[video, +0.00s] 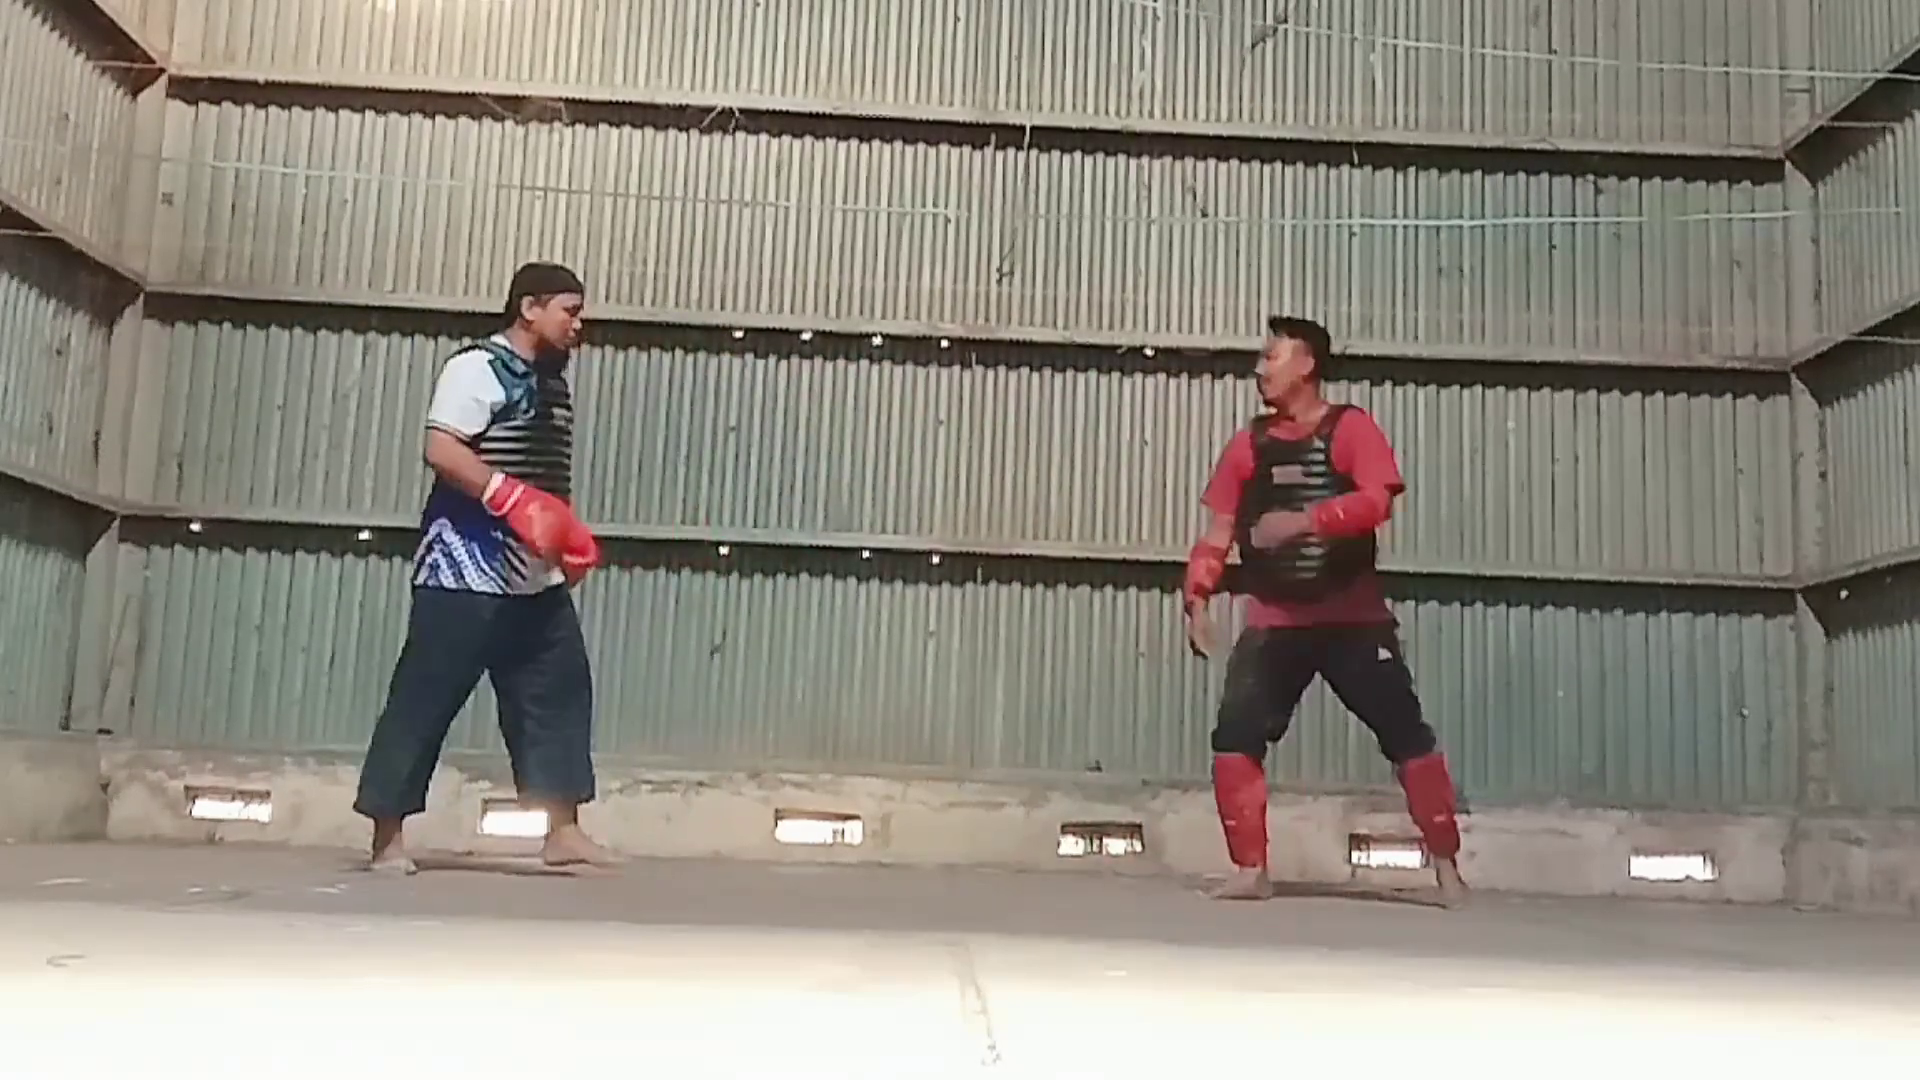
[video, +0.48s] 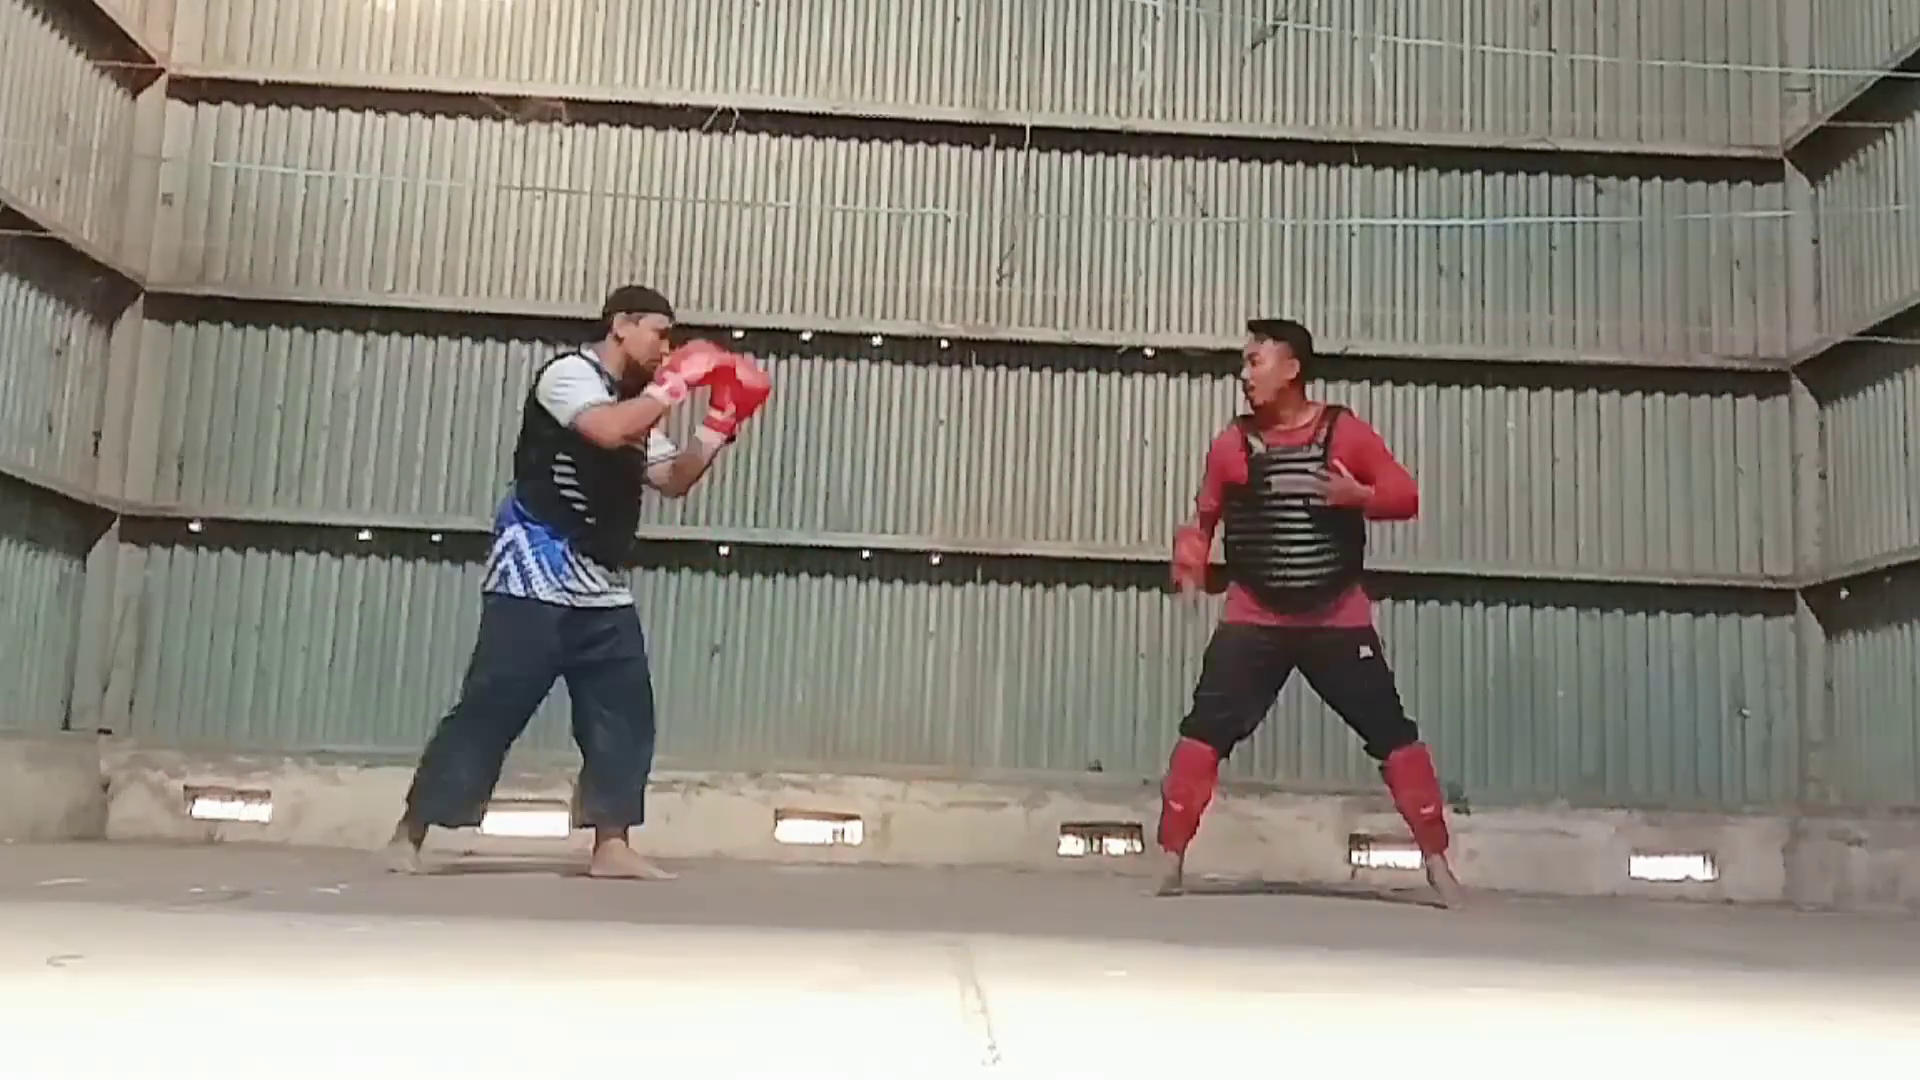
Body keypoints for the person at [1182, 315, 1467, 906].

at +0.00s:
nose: (1261, 367)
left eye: (1273, 357)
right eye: (1263, 357)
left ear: (1310, 367)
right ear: (1275, 367)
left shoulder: (1351, 428)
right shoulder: (1246, 446)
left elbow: (1376, 501)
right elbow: (1219, 535)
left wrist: (1303, 519)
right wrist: (1196, 587)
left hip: (1352, 624)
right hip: (1273, 627)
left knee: (1408, 737)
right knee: (1235, 739)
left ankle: (1446, 869)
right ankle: (1249, 873)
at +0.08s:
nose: (1274, 377)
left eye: (1286, 366)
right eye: (1275, 366)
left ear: (1324, 376)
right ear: (1290, 378)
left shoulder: (1370, 436)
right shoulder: (1263, 452)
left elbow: (1378, 506)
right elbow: (1241, 539)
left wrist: (1297, 490)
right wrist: (1219, 618)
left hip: (1366, 630)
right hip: (1286, 629)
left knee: (1415, 748)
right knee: (1232, 729)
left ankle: (1444, 875)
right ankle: (1244, 866)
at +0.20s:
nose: (1276, 365)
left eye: (1288, 354)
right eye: (1277, 355)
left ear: (1325, 363)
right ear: (1289, 364)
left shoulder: (1373, 423)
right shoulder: (1265, 442)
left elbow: (1398, 500)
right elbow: (1250, 528)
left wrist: (1322, 492)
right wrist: (1238, 580)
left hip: (1365, 613)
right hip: (1284, 612)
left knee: (1414, 736)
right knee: (1225, 718)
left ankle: (1445, 869)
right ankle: (1210, 852)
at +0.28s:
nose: (1269, 368)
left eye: (1280, 357)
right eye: (1269, 357)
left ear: (1316, 362)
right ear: (1286, 364)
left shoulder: (1367, 423)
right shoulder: (1259, 440)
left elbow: (1412, 501)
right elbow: (1241, 529)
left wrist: (1343, 518)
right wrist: (1222, 610)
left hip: (1359, 615)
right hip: (1280, 615)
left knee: (1405, 729)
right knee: (1228, 715)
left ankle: (1441, 866)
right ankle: (1175, 846)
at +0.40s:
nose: (1257, 378)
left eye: (1268, 366)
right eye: (1256, 368)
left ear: (1305, 373)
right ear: (1267, 377)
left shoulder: (1357, 440)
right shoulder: (1247, 452)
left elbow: (1418, 514)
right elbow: (1220, 540)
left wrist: (1365, 525)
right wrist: (1196, 616)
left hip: (1348, 633)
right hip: (1265, 632)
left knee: (1402, 743)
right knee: (1213, 733)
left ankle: (1441, 874)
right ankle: (1170, 862)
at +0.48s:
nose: (1245, 372)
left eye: (1257, 361)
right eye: (1245, 362)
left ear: (1295, 368)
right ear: (1253, 371)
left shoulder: (1343, 431)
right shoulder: (1230, 446)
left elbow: (1405, 497)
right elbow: (1203, 521)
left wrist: (1358, 495)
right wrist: (1190, 555)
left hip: (1336, 620)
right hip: (1252, 621)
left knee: (1391, 734)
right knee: (1206, 726)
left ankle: (1437, 864)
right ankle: (1168, 857)